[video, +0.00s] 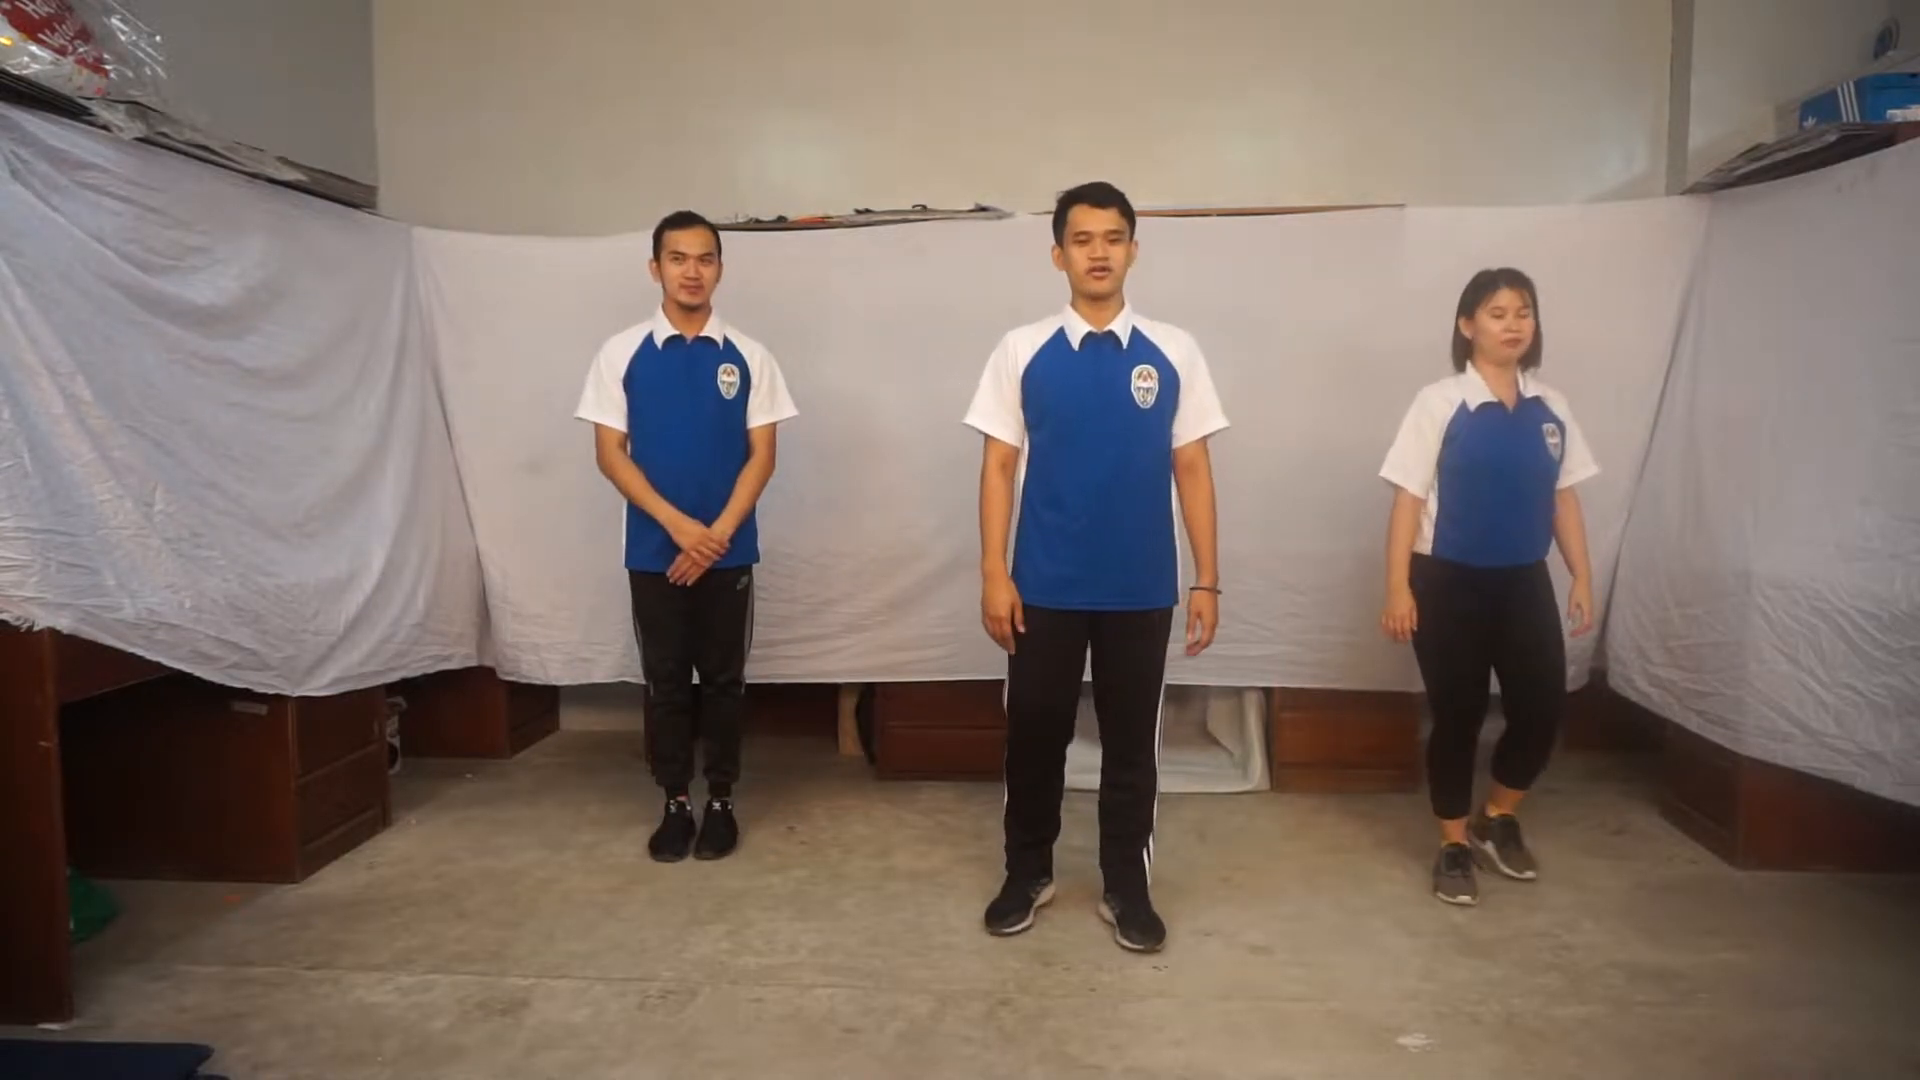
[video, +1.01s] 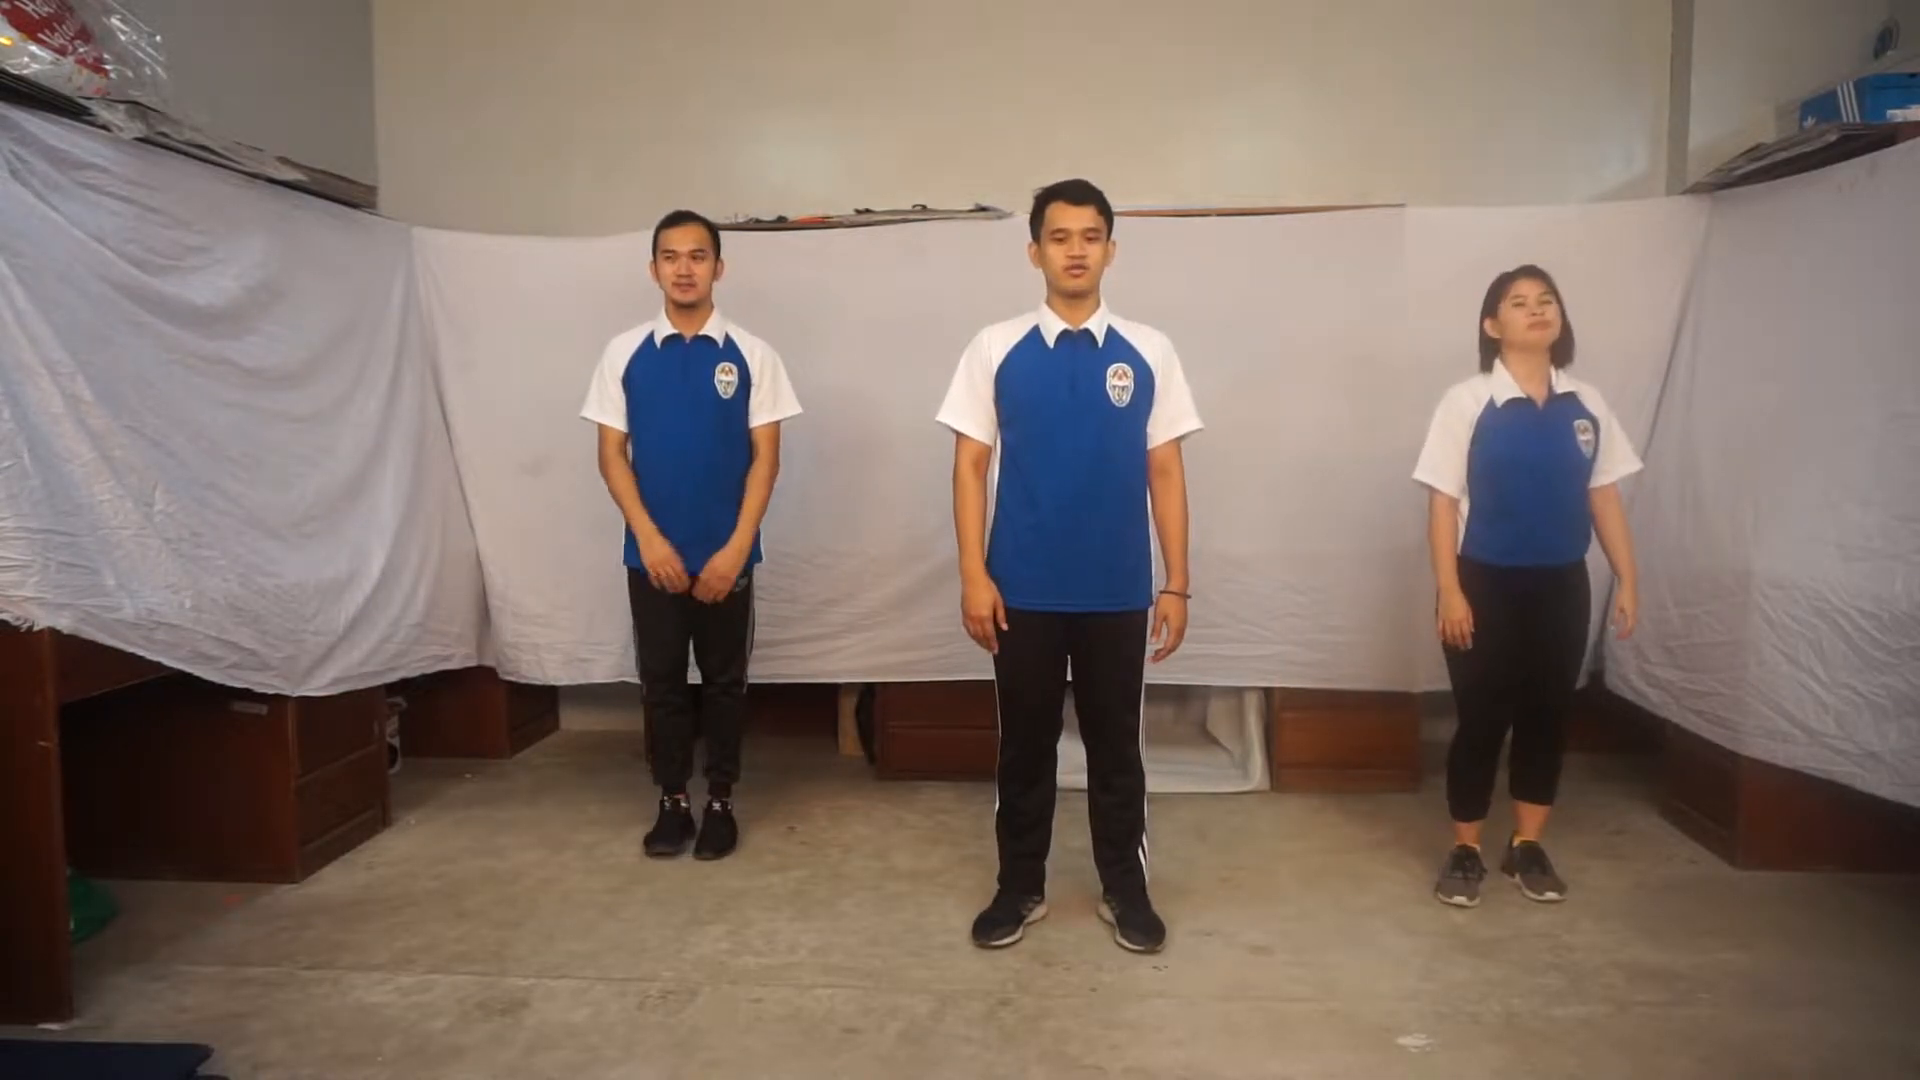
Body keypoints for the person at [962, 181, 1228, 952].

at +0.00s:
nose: (1100, 253)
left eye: (1114, 239)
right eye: (1083, 240)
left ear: (1132, 251)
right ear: (1060, 254)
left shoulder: (1171, 351)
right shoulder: (1021, 350)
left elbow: (1192, 471)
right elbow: (998, 468)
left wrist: (1204, 579)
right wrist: (994, 574)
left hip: (1139, 593)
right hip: (1044, 591)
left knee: (1131, 749)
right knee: (1034, 743)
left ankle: (1127, 886)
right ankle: (1027, 870)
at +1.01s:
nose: (1077, 251)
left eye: (1091, 237)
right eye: (1060, 238)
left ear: (1109, 249)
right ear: (1037, 251)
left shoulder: (1146, 351)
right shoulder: (994, 349)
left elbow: (1165, 474)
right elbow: (970, 467)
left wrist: (1174, 582)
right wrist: (973, 574)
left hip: (1116, 594)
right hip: (1023, 593)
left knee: (1116, 752)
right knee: (1024, 752)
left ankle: (1125, 885)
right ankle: (1019, 887)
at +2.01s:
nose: (1134, 257)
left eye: (1151, 243)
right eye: (1129, 242)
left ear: (1202, 247)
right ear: (1129, 246)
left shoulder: (1228, 342)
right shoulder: (1135, 334)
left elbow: (1221, 479)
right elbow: (1073, 355)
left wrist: (1151, 591)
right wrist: (1033, 366)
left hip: (1211, 590)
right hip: (1141, 576)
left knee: (1198, 754)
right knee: (1115, 720)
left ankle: (1206, 910)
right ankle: (1118, 871)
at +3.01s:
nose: (1129, 256)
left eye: (1145, 241)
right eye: (1126, 240)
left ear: (1199, 244)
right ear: (1176, 244)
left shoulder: (1191, 332)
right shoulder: (1193, 316)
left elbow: (1158, 481)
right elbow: (1152, 373)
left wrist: (1102, 548)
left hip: (1193, 584)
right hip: (1191, 577)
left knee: (1179, 759)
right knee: (1191, 744)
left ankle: (1193, 938)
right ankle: (1320, 848)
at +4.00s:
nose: (879, 240)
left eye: (878, 223)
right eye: (860, 227)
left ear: (842, 235)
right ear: (808, 240)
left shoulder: (837, 305)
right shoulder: (806, 333)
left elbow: (853, 200)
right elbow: (877, 466)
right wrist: (987, 550)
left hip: (841, 579)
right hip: (790, 593)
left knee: (879, 736)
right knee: (811, 770)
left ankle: (830, 888)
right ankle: (798, 938)